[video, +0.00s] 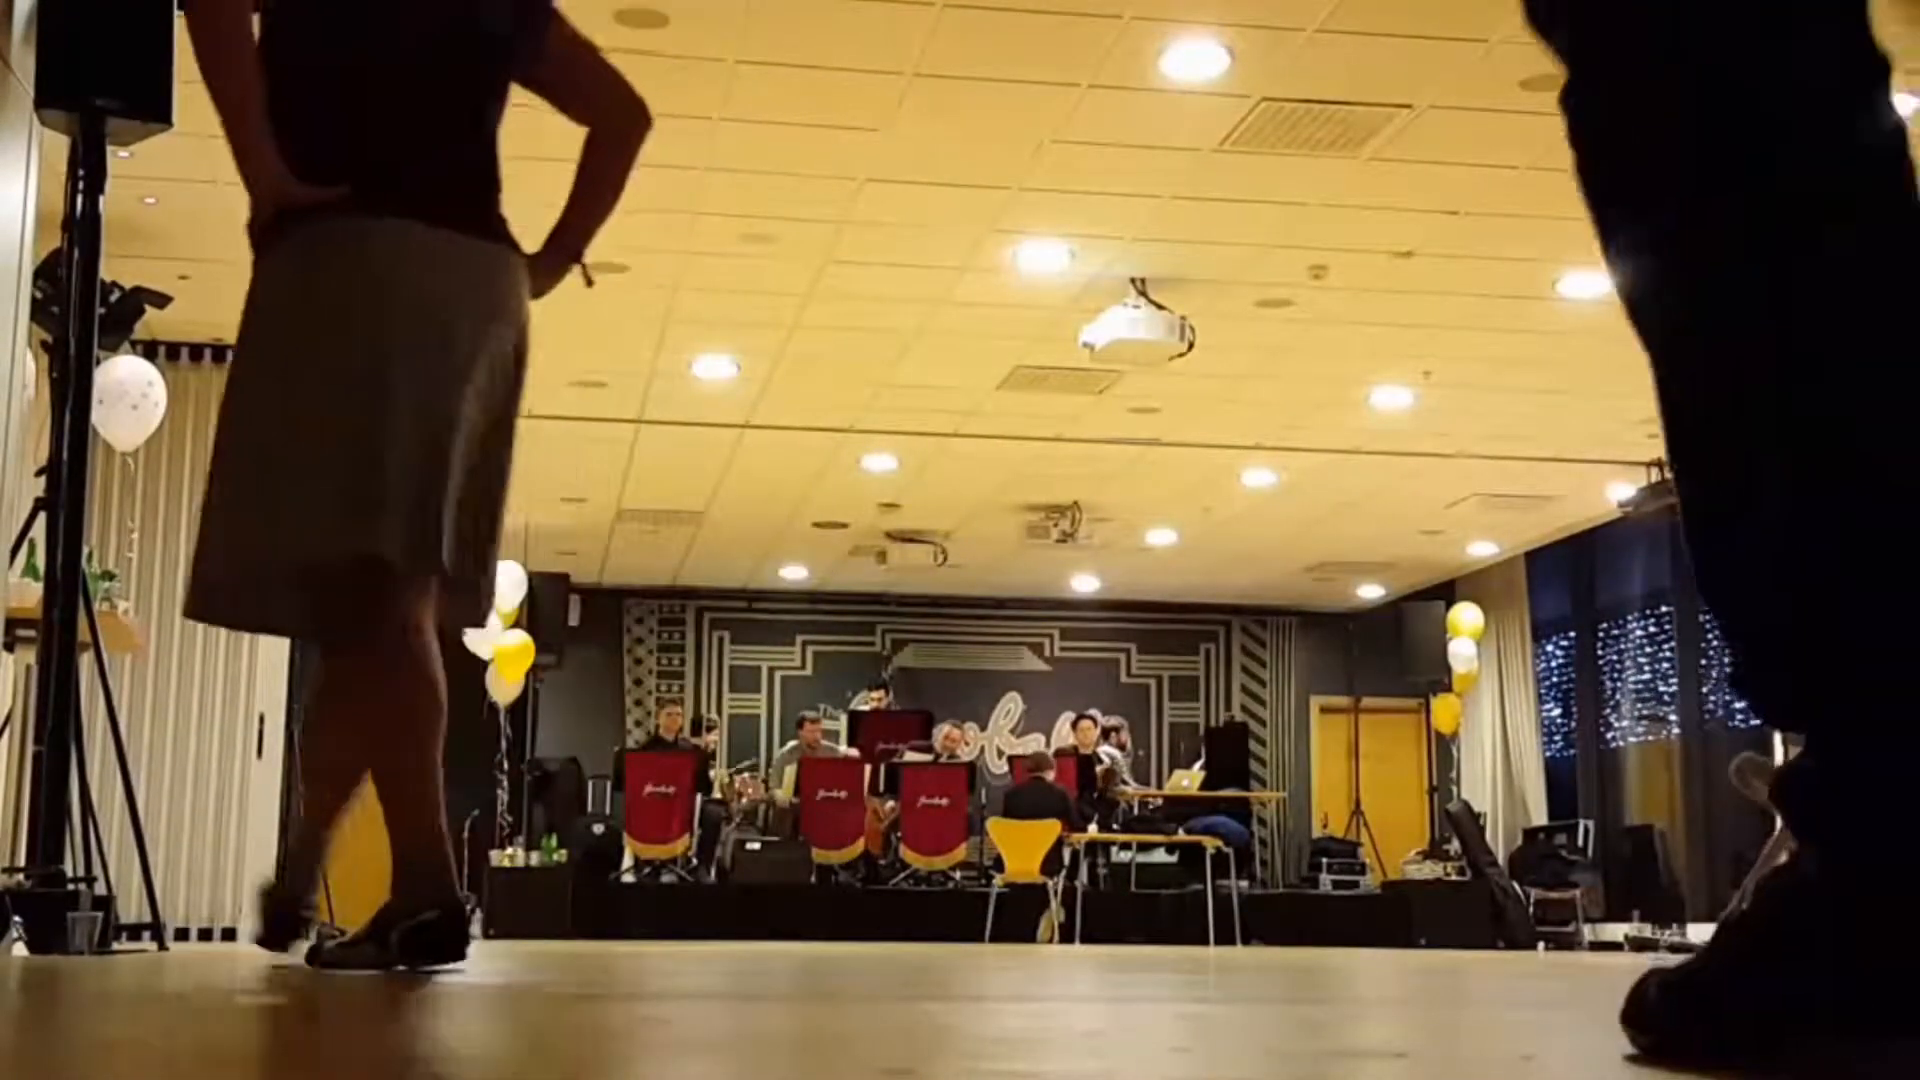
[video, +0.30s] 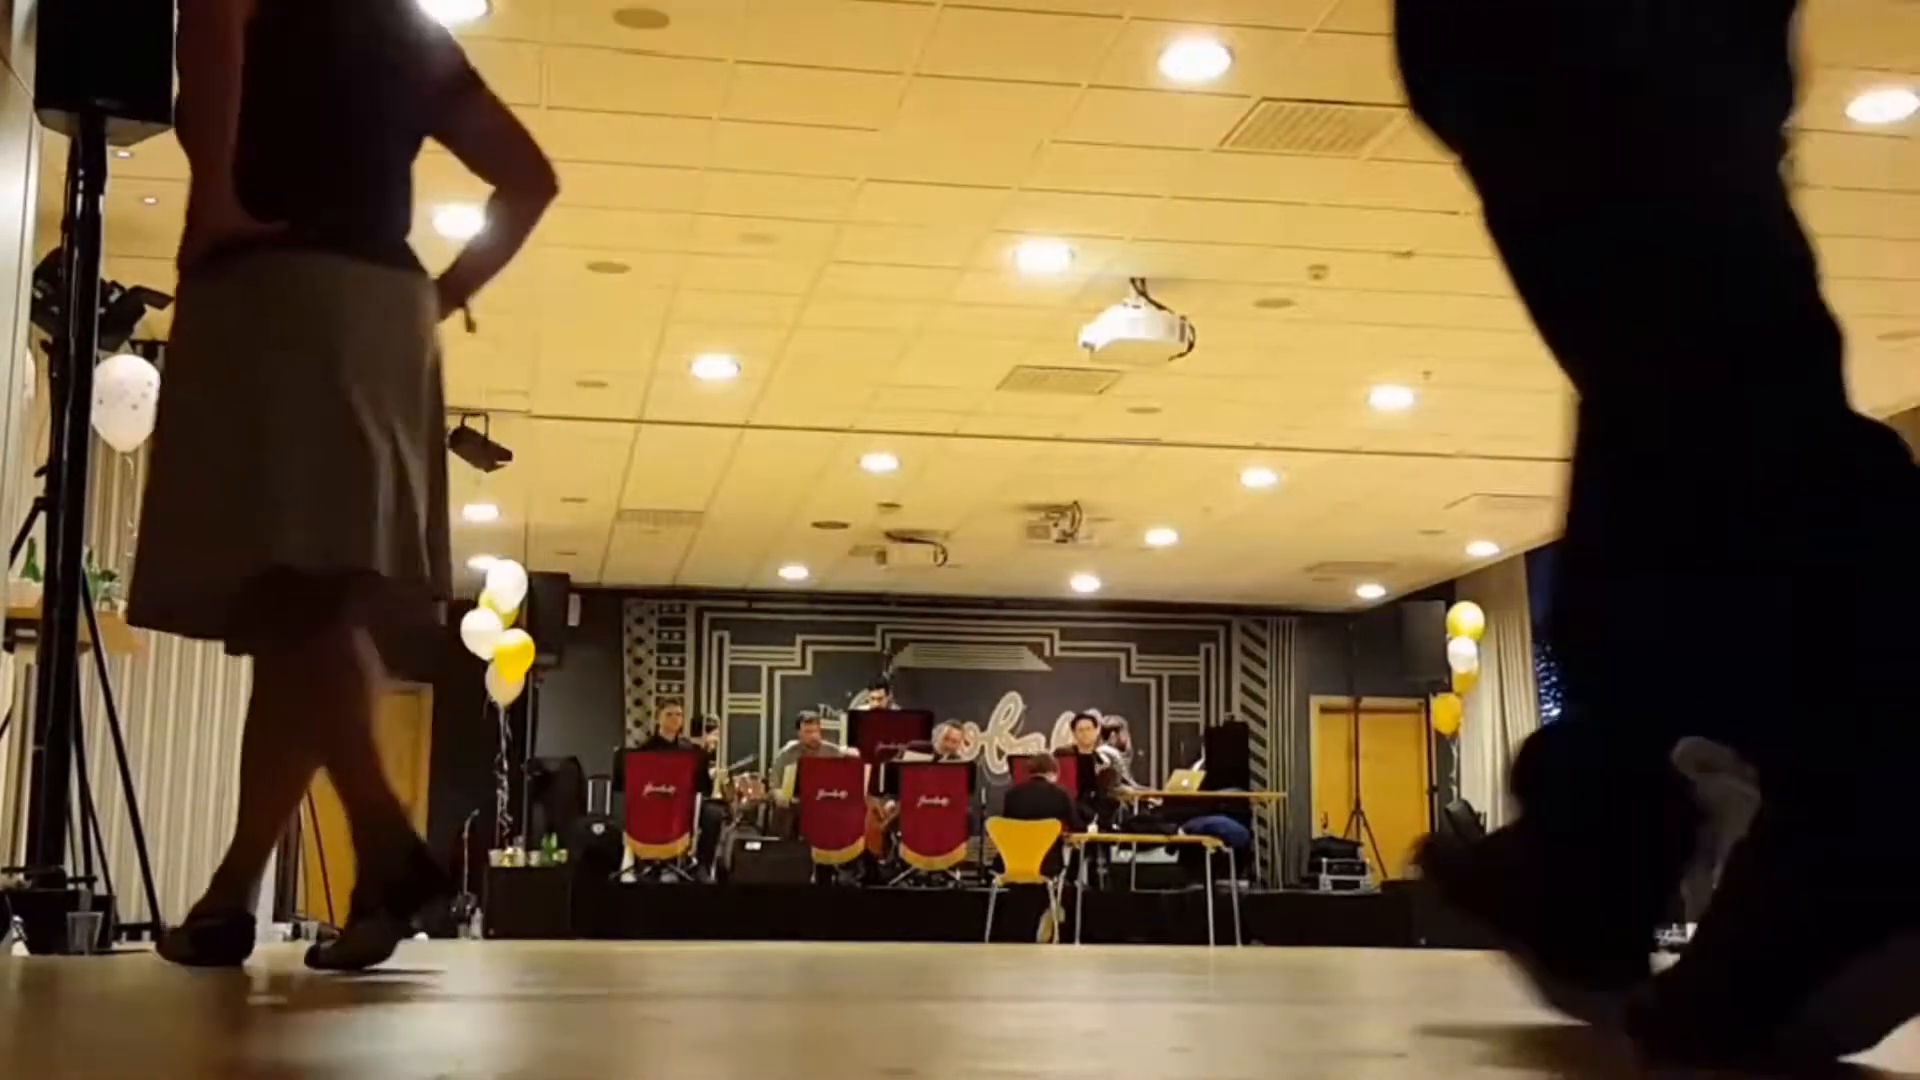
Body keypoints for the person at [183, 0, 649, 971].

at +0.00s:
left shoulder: (278, 9)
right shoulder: (491, 10)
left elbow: (212, 9)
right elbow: (623, 114)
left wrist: (262, 170)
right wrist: (551, 260)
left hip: (347, 262)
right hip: (478, 274)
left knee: (375, 591)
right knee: (400, 592)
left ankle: (428, 894)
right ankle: (301, 868)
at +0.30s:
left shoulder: (230, 4)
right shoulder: (405, 28)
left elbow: (205, 100)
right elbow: (530, 180)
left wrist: (215, 199)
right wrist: (448, 291)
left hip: (266, 289)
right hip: (387, 301)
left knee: (296, 592)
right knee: (319, 604)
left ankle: (391, 853)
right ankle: (232, 897)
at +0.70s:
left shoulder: (176, 5)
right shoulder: (334, 54)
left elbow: (175, 46)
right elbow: (450, 208)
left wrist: (154, 214)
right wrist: (369, 322)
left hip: (182, 323)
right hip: (310, 336)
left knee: (88, 613)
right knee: (264, 631)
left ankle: (93, 886)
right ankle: (222, 903)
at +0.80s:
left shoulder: (159, 13)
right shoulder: (315, 62)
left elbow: (148, 73)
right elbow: (437, 219)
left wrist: (124, 236)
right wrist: (359, 328)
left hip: (164, 337)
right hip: (298, 351)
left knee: (84, 630)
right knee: (260, 640)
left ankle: (32, 889)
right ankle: (223, 901)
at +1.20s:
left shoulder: (46, 60)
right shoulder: (235, 79)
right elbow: (361, 199)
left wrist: (11, 288)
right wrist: (312, 327)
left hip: (74, 360)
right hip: (215, 368)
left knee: (49, 643)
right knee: (198, 631)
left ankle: (9, 896)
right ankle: (200, 868)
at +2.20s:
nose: (307, 57)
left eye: (303, 39)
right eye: (300, 40)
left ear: (211, 48)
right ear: (277, 44)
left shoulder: (148, 137)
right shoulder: (317, 135)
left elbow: (26, 214)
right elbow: (358, 236)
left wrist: (73, 341)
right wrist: (340, 340)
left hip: (158, 407)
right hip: (277, 408)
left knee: (106, 654)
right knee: (270, 666)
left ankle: (12, 865)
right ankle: (251, 903)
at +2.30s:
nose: (340, 65)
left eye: (336, 48)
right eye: (334, 48)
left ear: (238, 58)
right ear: (313, 52)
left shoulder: (184, 143)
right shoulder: (350, 145)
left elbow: (60, 228)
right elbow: (402, 241)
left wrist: (115, 362)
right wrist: (380, 356)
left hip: (197, 411)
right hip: (313, 412)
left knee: (140, 655)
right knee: (286, 668)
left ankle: (18, 850)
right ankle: (252, 903)